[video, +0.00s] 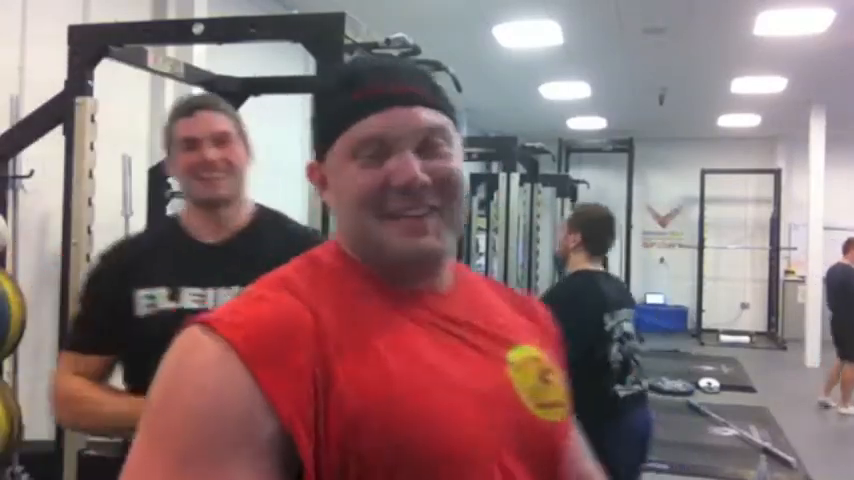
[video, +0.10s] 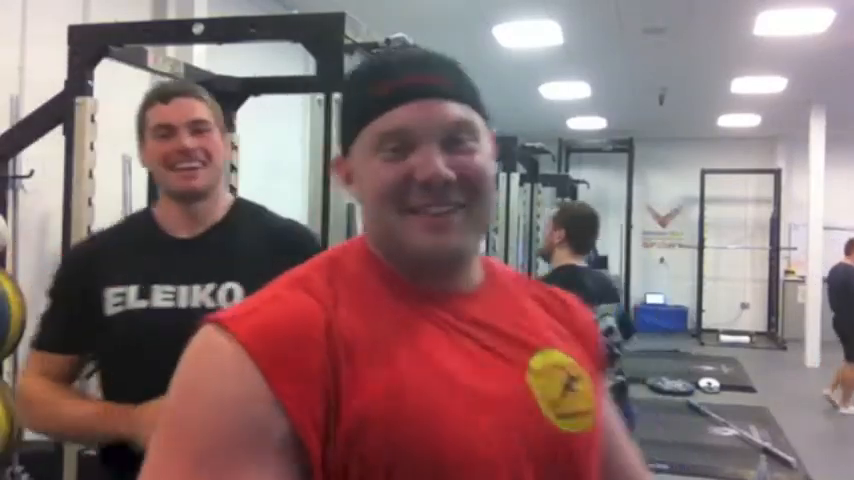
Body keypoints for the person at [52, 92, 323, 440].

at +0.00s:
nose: (209, 157)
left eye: (223, 142)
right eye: (190, 146)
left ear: (247, 152)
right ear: (169, 166)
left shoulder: (308, 256)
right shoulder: (127, 266)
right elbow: (70, 396)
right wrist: (166, 411)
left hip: (281, 462)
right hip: (165, 461)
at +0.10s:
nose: (185, 145)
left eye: (200, 130)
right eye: (164, 134)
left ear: (228, 145)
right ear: (143, 155)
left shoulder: (291, 249)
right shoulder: (94, 264)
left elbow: (333, 379)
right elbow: (34, 396)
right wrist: (133, 421)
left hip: (261, 467)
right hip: (143, 472)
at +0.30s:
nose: (167, 141)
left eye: (183, 127)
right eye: (145, 128)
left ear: (210, 147)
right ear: (117, 151)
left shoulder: (277, 265)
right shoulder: (56, 273)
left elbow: (325, 412)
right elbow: (3, 413)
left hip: (231, 469)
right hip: (90, 470)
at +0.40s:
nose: (172, 141)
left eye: (189, 127)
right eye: (148, 128)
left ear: (213, 147)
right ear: (118, 151)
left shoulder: (278, 275)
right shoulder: (48, 277)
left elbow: (322, 424)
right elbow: (2, 423)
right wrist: (16, 472)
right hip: (81, 470)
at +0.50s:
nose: (177, 132)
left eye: (195, 118)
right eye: (154, 118)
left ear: (218, 141)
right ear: (117, 140)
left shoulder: (273, 280)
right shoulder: (27, 264)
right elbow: (7, 402)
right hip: (57, 470)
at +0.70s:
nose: (160, 115)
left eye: (174, 99)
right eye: (131, 99)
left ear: (191, 117)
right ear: (83, 120)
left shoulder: (232, 268)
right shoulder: (15, 242)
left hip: (183, 468)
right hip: (39, 466)